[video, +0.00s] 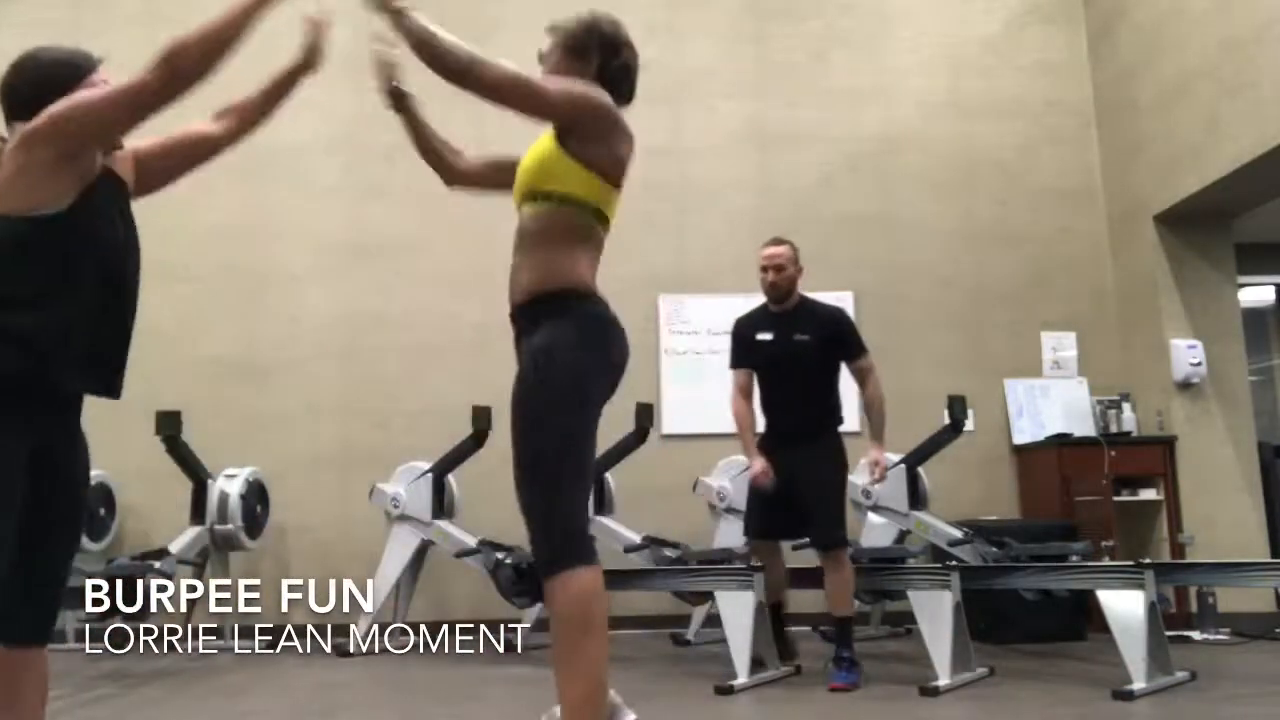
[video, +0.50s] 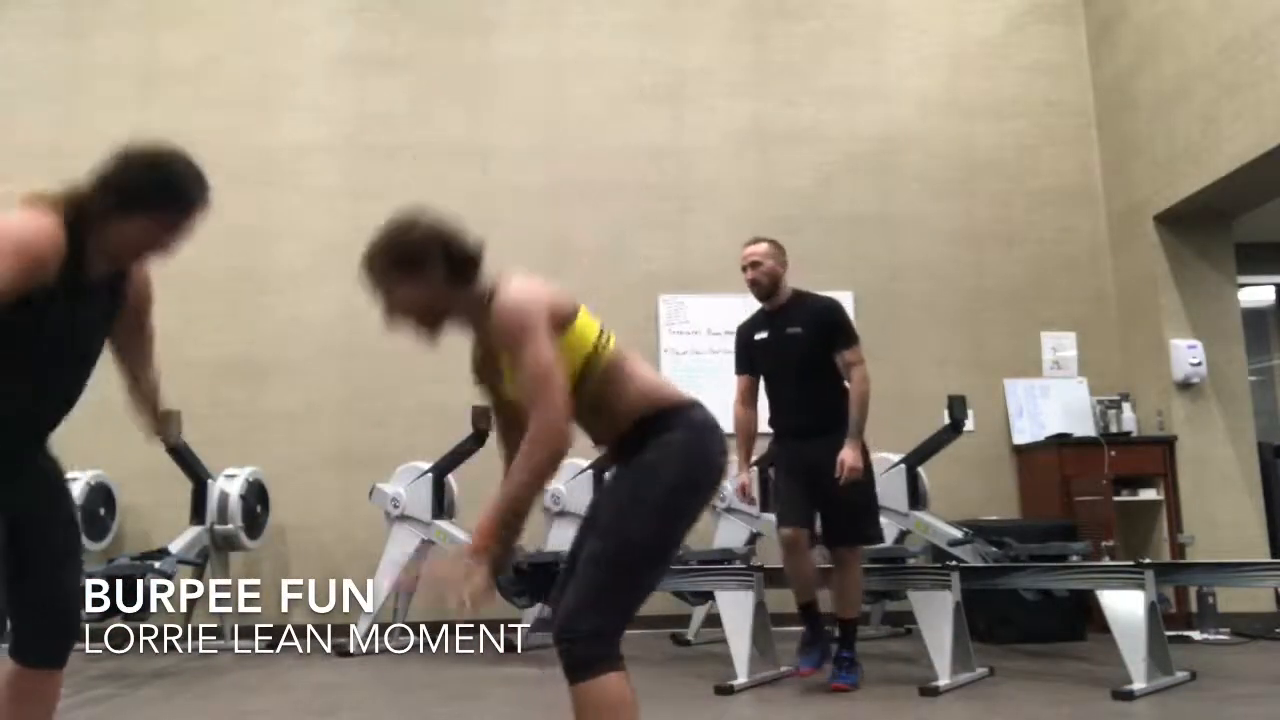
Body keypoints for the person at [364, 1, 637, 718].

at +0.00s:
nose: (541, 66)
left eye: (553, 56)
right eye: (544, 56)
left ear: (589, 65)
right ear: (582, 67)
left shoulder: (598, 113)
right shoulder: (558, 152)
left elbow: (478, 73)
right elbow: (458, 168)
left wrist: (394, 11)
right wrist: (403, 104)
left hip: (569, 335)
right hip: (549, 339)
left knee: (561, 533)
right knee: (558, 533)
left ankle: (582, 705)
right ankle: (586, 701)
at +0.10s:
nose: (540, 148)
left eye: (550, 136)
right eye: (542, 137)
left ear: (584, 139)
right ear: (574, 147)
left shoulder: (611, 194)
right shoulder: (567, 216)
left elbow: (507, 157)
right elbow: (496, 261)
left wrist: (485, 71)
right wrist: (477, 186)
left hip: (578, 404)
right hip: (550, 404)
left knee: (534, 602)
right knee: (552, 599)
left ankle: (569, 708)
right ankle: (584, 707)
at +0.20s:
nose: (510, 180)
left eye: (518, 165)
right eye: (508, 167)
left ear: (555, 168)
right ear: (553, 173)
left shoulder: (604, 234)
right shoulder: (544, 249)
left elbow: (593, 299)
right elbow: (533, 346)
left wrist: (524, 229)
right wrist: (493, 297)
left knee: (517, 647)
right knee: (533, 643)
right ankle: (592, 710)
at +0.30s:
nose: (459, 188)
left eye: (465, 170)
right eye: (457, 173)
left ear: (508, 162)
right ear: (509, 166)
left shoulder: (574, 226)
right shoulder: (531, 240)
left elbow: (617, 331)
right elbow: (572, 369)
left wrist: (508, 349)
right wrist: (500, 412)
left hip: (619, 438)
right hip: (593, 441)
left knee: (555, 638)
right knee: (565, 634)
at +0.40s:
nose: (424, 218)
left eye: (429, 199)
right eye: (420, 203)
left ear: (470, 186)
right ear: (466, 191)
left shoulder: (546, 243)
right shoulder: (508, 267)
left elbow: (599, 350)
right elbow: (553, 389)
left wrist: (508, 418)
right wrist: (502, 470)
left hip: (642, 436)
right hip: (616, 442)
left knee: (571, 633)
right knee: (575, 633)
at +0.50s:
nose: (394, 312)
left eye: (396, 293)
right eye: (387, 298)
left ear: (432, 274)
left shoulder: (516, 307)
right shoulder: (490, 352)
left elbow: (553, 435)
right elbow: (519, 457)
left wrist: (486, 540)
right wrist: (502, 544)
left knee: (585, 632)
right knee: (578, 630)